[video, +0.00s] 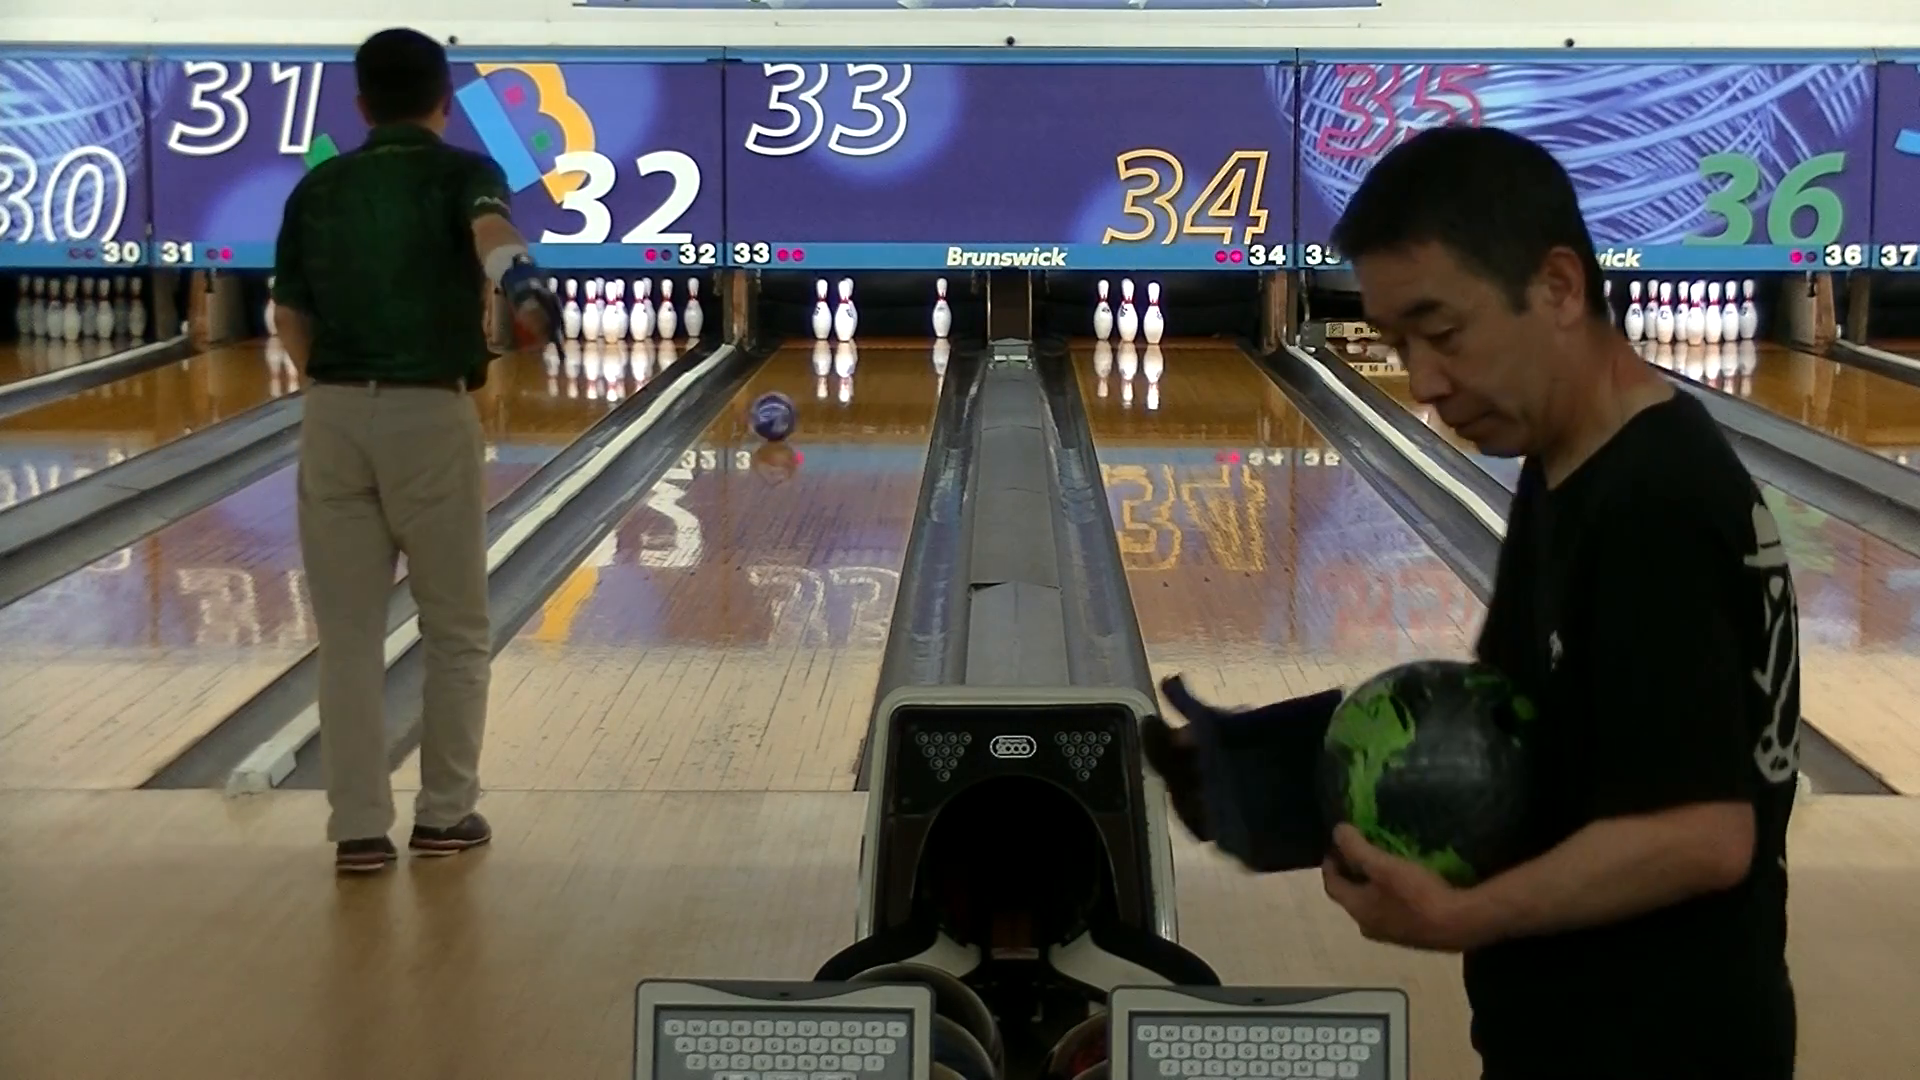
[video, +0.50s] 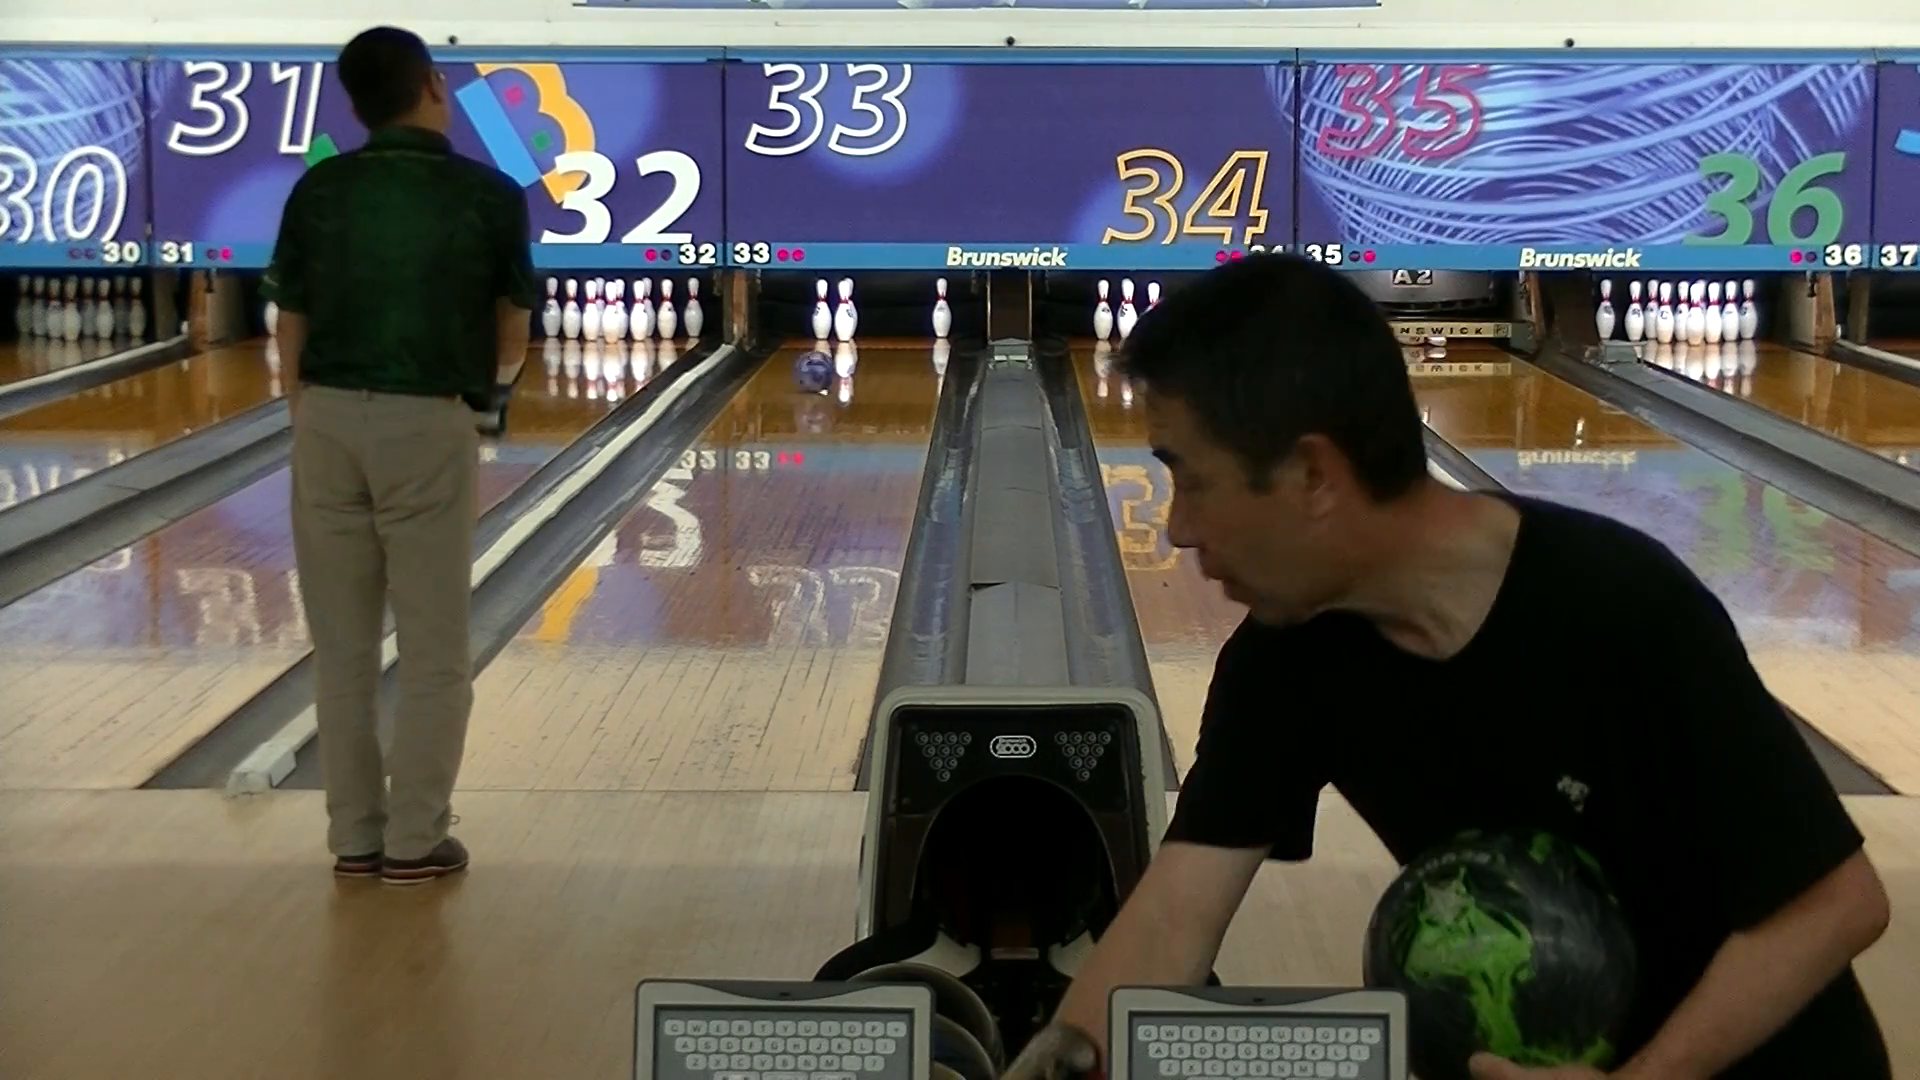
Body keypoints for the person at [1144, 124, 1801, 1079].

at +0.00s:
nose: (1423, 386)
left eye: (1441, 333)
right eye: (1400, 347)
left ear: (1560, 289)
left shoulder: (1666, 497)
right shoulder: (1565, 463)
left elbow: (1708, 834)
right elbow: (1508, 740)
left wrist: (1465, 915)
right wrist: (1279, 775)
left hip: (1661, 1046)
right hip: (1562, 1030)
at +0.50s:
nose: (1175, 534)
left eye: (1188, 483)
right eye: (1170, 484)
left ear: (1314, 477)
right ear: (1309, 482)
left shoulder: (1625, 600)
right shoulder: (1288, 650)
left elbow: (1839, 900)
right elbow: (1168, 924)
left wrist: (1635, 1073)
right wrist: (1050, 1070)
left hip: (1770, 1041)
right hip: (1542, 1036)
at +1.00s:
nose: (1216, 443)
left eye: (1202, 408)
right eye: (1201, 408)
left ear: (1254, 411)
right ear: (1404, 341)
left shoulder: (1573, 600)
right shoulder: (1378, 568)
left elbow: (1738, 944)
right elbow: (1340, 841)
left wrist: (1512, 1071)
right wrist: (1172, 998)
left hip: (1767, 1066)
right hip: (1596, 1033)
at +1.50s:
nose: (1266, 405)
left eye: (1254, 366)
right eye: (1252, 366)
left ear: (1298, 373)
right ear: (1455, 311)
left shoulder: (1585, 584)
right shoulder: (1426, 543)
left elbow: (1736, 941)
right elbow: (1403, 840)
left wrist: (1499, 1075)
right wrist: (1286, 996)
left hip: (1758, 1064)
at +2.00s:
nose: (1353, 349)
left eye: (1352, 317)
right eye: (1350, 315)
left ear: (1394, 342)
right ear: (1562, 296)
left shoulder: (1604, 586)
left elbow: (1736, 945)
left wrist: (1519, 1067)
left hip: (1765, 1059)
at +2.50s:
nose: (1704, 278)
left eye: (1703, 249)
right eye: (1702, 248)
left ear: (1734, 272)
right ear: (1913, 242)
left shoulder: (1738, 547)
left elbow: (1725, 906)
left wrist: (1580, 996)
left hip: (1792, 1053)